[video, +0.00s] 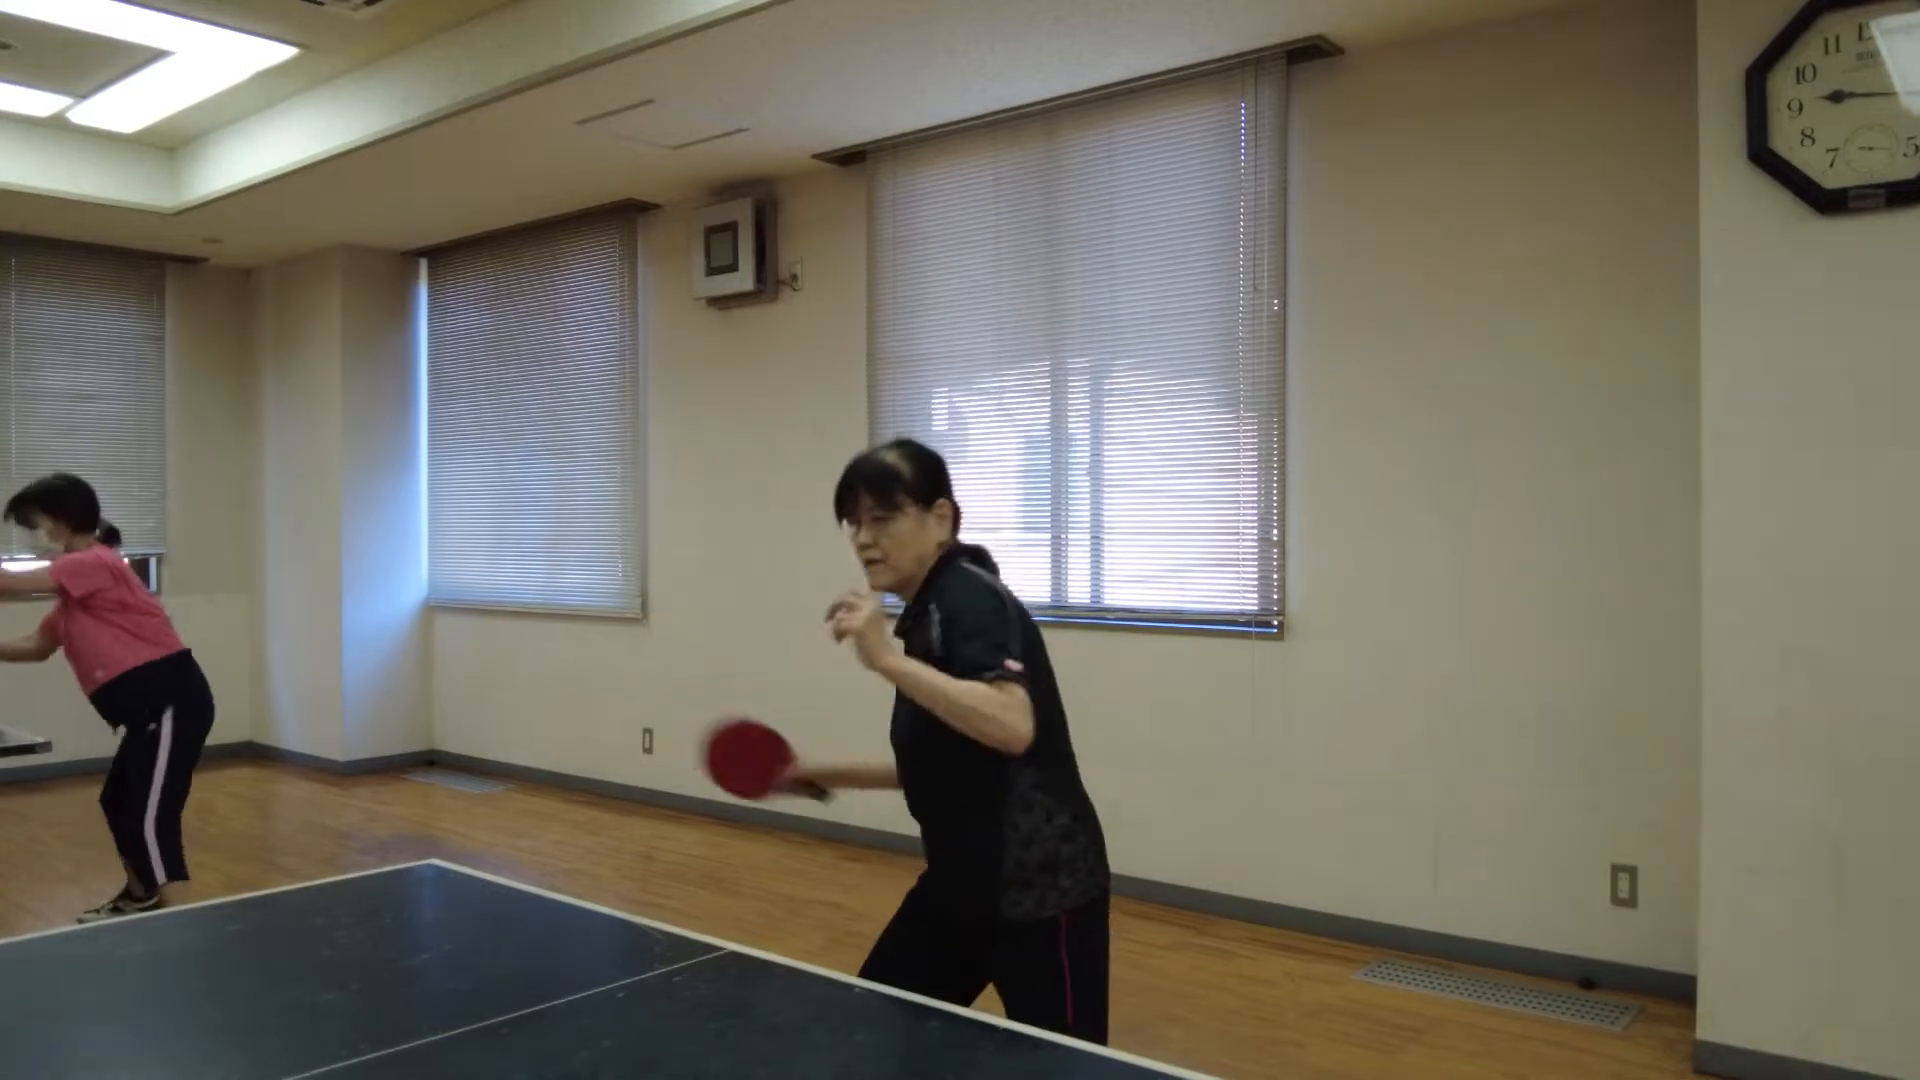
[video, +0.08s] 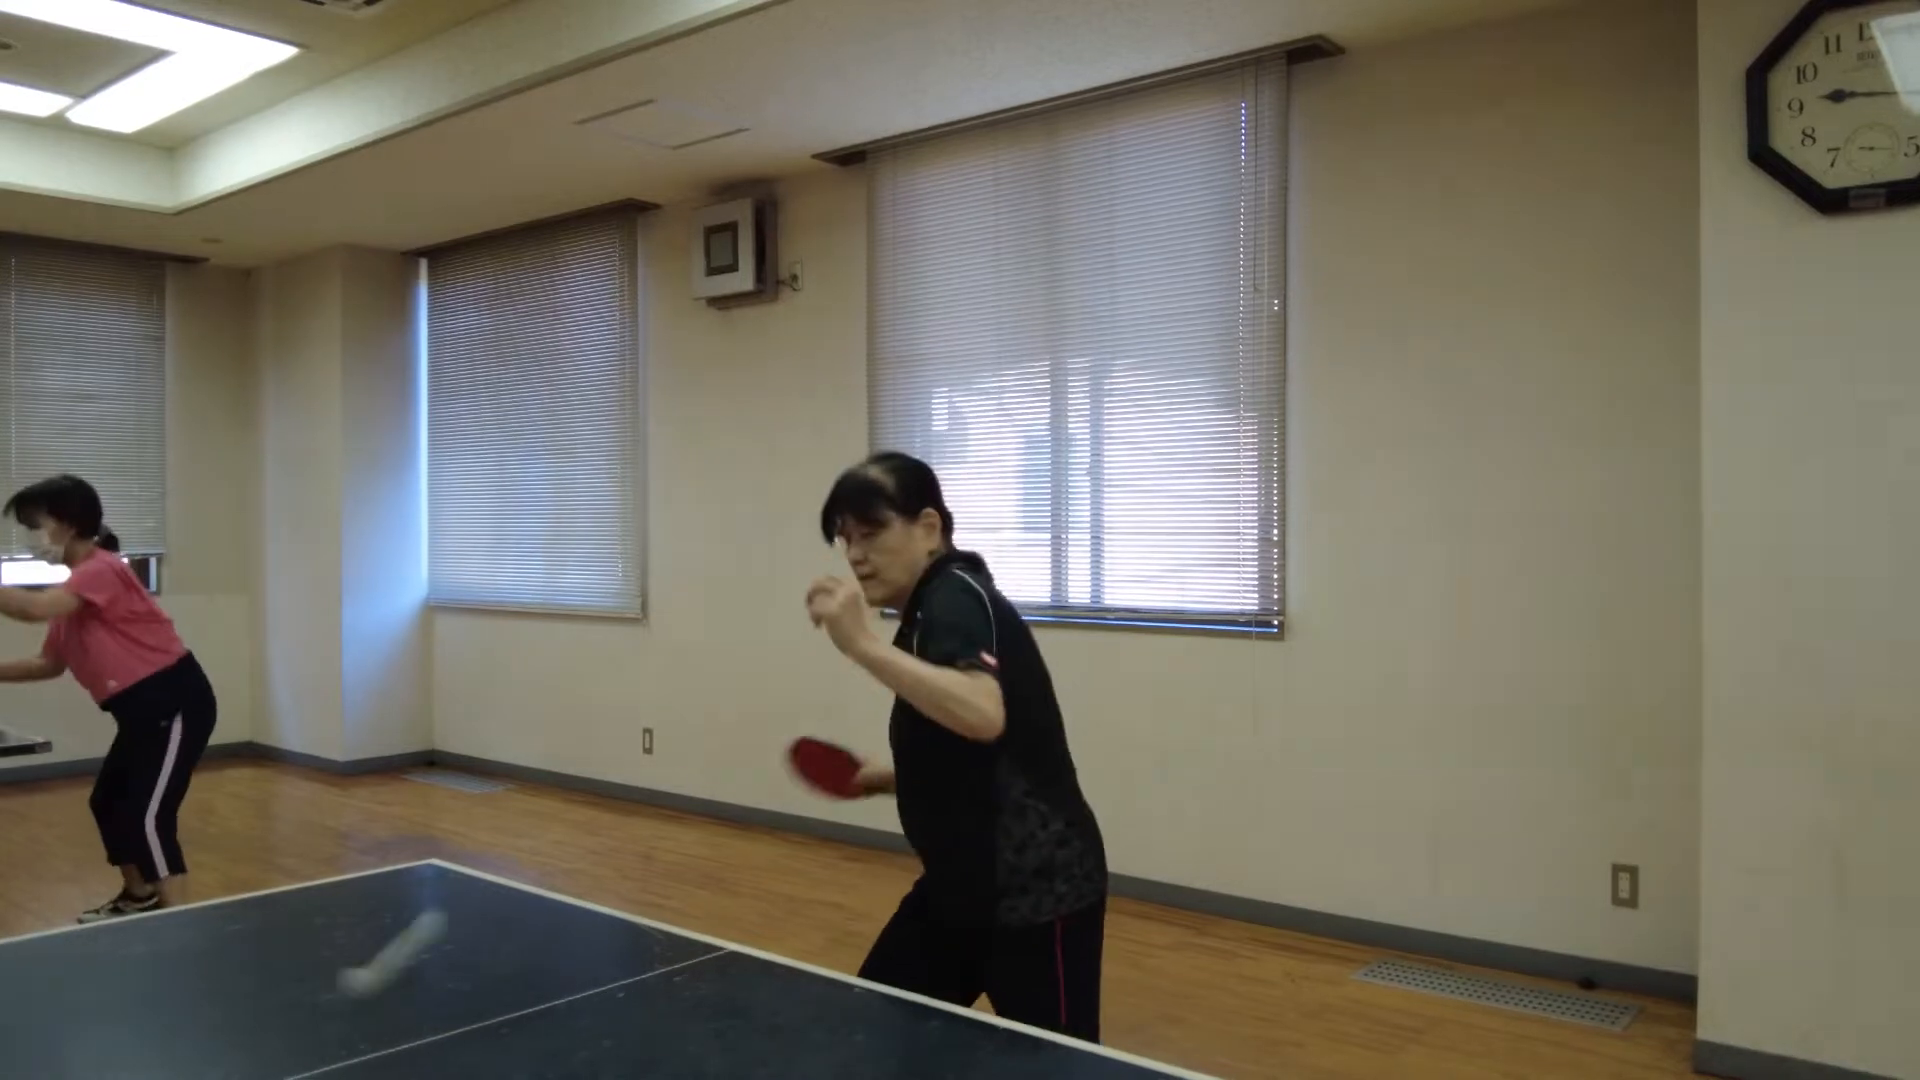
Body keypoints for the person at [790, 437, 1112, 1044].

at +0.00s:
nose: (863, 540)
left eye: (883, 519)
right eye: (855, 524)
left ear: (942, 518)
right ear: (849, 532)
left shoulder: (971, 597)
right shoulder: (926, 613)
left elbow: (1013, 725)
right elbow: (943, 769)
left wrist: (889, 659)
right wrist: (819, 777)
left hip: (1045, 888)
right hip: (967, 879)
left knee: (1064, 1065)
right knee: (870, 1029)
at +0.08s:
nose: (853, 554)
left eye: (870, 532)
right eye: (845, 540)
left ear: (930, 527)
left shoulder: (955, 595)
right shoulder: (930, 607)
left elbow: (985, 714)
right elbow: (978, 754)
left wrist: (864, 645)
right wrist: (886, 778)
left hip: (1038, 888)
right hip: (965, 877)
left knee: (1057, 1064)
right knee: (871, 1029)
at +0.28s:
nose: (885, 514)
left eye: (893, 490)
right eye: (877, 504)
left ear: (960, 477)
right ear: (878, 514)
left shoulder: (1030, 539)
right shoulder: (940, 602)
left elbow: (977, 580)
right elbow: (920, 720)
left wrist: (921, 482)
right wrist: (837, 647)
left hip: (1088, 840)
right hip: (988, 840)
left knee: (1122, 1053)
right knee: (916, 1030)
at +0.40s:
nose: (934, 525)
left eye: (949, 499)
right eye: (926, 510)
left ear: (1004, 495)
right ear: (925, 521)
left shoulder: (1083, 574)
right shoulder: (950, 623)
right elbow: (862, 704)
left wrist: (1009, 500)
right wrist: (833, 597)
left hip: (1118, 880)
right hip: (1006, 882)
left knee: (1147, 1072)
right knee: (922, 1050)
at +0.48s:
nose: (957, 533)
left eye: (975, 510)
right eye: (948, 518)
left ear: (1034, 507)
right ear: (941, 526)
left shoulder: (1105, 592)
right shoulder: (962, 628)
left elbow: (1120, 667)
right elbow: (865, 716)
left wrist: (1039, 547)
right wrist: (847, 605)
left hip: (1123, 891)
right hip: (1010, 886)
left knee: (1146, 1076)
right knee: (924, 1050)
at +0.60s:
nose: (965, 523)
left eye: (987, 501)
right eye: (956, 507)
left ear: (1049, 505)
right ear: (949, 518)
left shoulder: (1110, 600)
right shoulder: (964, 623)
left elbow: (1129, 707)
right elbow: (886, 728)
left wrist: (1035, 590)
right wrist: (845, 638)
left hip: (1115, 891)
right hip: (1005, 883)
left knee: (1140, 1076)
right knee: (919, 1049)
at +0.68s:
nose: (954, 518)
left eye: (976, 497)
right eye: (946, 504)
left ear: (1038, 503)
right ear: (939, 515)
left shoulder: (1092, 597)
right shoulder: (965, 621)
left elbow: (1116, 723)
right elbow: (910, 738)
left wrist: (1008, 613)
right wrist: (825, 668)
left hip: (1108, 888)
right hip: (1006, 880)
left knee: (1128, 1075)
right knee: (913, 1043)